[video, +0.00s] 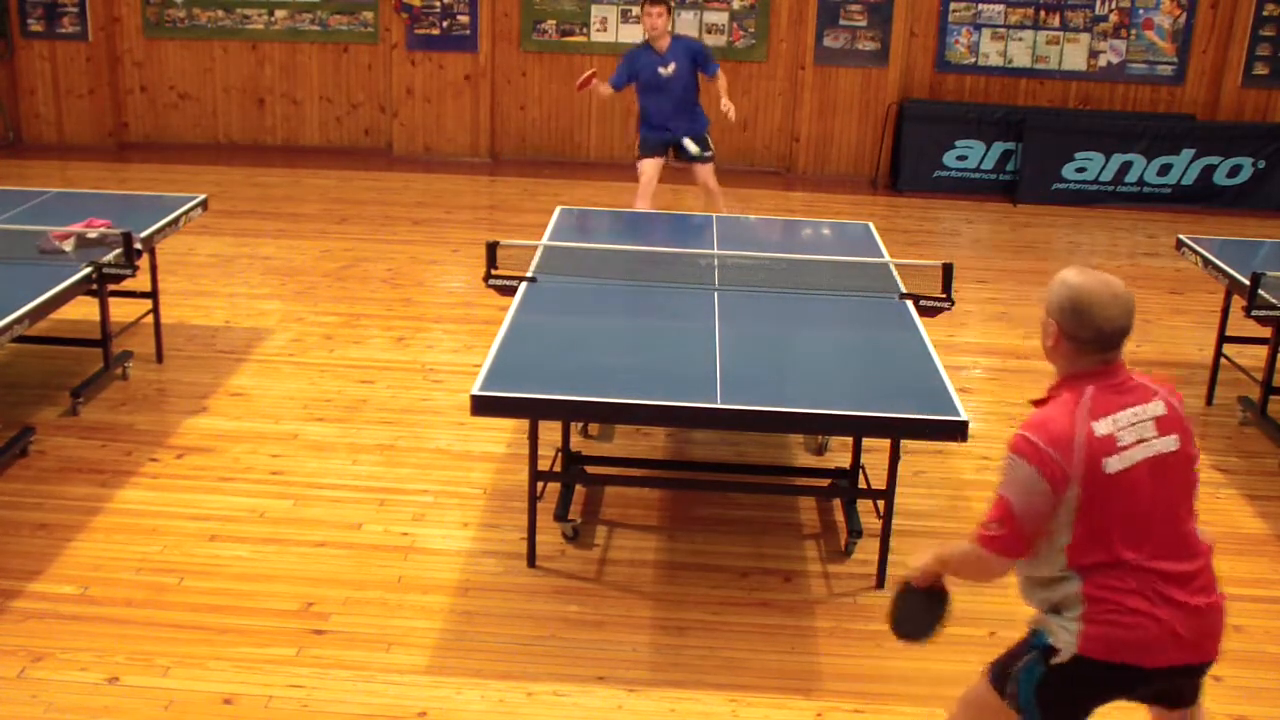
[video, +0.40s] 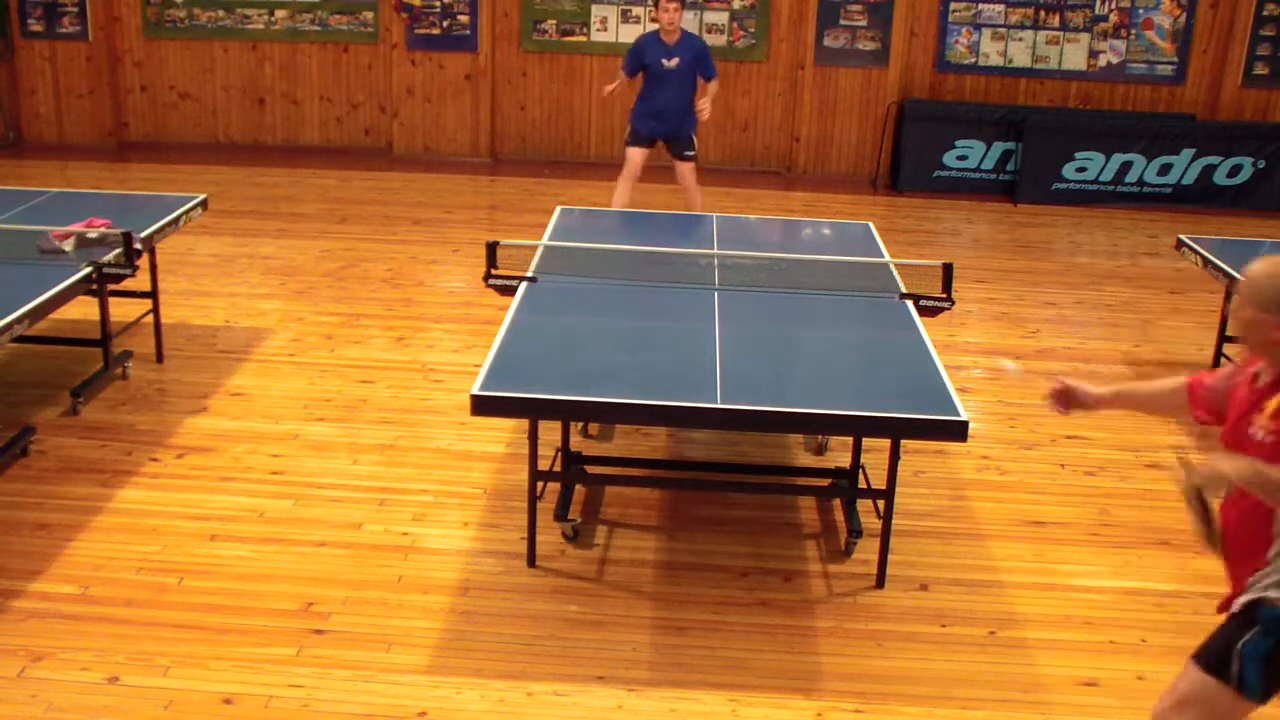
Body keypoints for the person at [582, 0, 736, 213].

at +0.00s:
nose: (654, 21)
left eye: (659, 15)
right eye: (649, 16)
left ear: (669, 19)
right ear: (642, 20)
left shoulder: (690, 48)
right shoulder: (635, 56)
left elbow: (717, 73)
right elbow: (610, 89)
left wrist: (724, 98)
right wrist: (596, 85)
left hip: (690, 128)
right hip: (654, 130)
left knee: (709, 183)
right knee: (645, 183)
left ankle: (723, 227)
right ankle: (637, 235)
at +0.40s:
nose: (671, 16)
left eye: (675, 11)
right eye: (665, 11)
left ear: (682, 14)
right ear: (656, 14)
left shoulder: (696, 45)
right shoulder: (645, 43)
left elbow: (712, 78)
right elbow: (628, 70)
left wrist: (708, 99)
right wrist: (617, 83)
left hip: (681, 121)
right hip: (646, 119)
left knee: (687, 178)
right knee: (630, 172)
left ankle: (698, 227)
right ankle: (613, 223)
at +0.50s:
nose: (665, 12)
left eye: (670, 7)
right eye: (660, 7)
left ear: (677, 11)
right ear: (652, 11)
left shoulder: (693, 41)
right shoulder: (640, 39)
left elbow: (708, 73)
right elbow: (625, 68)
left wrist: (702, 95)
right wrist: (622, 87)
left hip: (677, 114)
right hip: (641, 112)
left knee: (687, 171)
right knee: (619, 162)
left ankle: (697, 222)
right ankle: (603, 208)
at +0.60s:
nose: (655, 21)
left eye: (660, 16)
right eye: (649, 16)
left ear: (667, 17)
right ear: (642, 19)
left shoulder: (682, 49)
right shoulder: (632, 49)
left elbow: (698, 81)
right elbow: (623, 81)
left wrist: (688, 107)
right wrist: (614, 106)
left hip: (670, 118)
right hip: (637, 116)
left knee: (685, 174)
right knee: (610, 162)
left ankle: (698, 216)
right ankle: (587, 205)